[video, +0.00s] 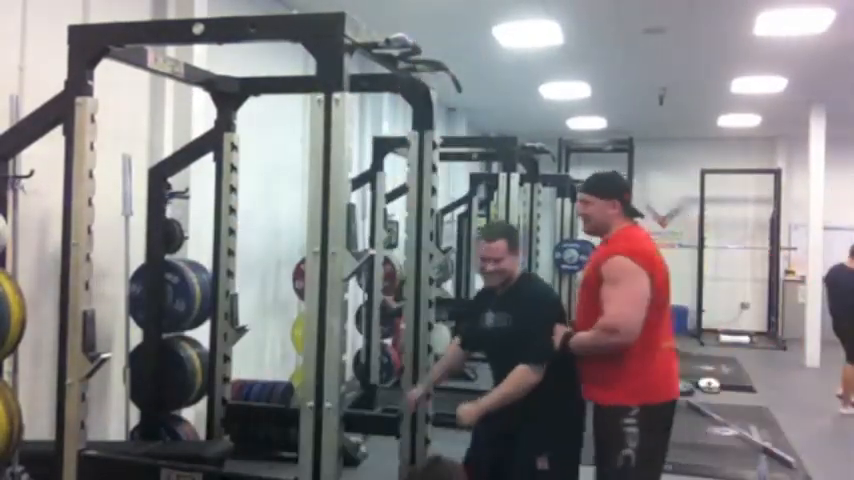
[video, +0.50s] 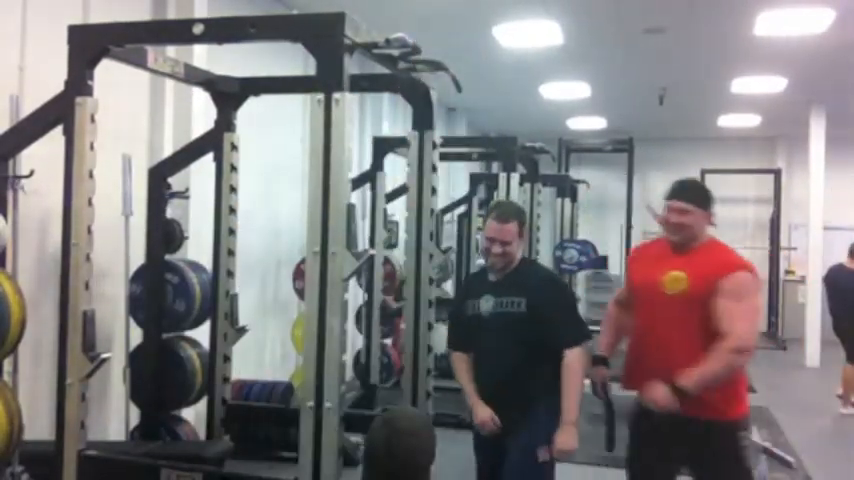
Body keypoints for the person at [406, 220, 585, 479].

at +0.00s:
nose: (489, 268)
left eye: (497, 261)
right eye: (484, 261)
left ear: (517, 256)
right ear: (477, 258)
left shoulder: (540, 298)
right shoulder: (484, 299)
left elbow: (533, 370)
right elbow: (460, 347)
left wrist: (480, 407)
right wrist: (425, 386)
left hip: (550, 414)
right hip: (507, 408)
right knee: (479, 466)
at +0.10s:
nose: (498, 258)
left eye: (506, 251)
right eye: (494, 250)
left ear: (526, 248)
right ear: (488, 245)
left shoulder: (547, 290)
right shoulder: (489, 289)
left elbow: (539, 362)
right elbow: (466, 337)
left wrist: (485, 399)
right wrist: (426, 373)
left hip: (549, 415)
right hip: (505, 410)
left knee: (543, 472)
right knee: (490, 473)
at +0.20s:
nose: (500, 250)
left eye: (509, 245)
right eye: (495, 243)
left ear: (529, 245)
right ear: (488, 241)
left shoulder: (548, 287)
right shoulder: (488, 284)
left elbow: (549, 356)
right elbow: (470, 334)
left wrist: (499, 400)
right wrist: (444, 368)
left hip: (548, 411)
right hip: (501, 407)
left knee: (546, 472)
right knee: (494, 472)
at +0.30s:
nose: (500, 248)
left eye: (509, 242)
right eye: (495, 240)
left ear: (527, 240)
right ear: (488, 237)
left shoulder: (550, 285)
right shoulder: (482, 285)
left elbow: (561, 352)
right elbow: (469, 337)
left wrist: (520, 409)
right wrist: (461, 377)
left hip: (543, 414)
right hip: (493, 413)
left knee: (538, 473)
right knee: (491, 473)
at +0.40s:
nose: (497, 248)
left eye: (506, 242)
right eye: (492, 240)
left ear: (524, 238)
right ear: (485, 235)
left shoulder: (550, 284)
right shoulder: (477, 284)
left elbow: (569, 351)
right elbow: (465, 345)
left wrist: (548, 418)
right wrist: (472, 392)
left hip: (535, 418)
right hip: (492, 415)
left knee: (524, 474)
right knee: (489, 473)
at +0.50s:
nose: (496, 250)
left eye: (505, 244)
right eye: (489, 241)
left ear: (522, 239)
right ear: (482, 236)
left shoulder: (548, 286)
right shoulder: (471, 286)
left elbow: (574, 352)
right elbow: (458, 351)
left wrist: (569, 425)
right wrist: (475, 404)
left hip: (535, 420)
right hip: (488, 420)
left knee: (527, 473)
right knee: (490, 474)